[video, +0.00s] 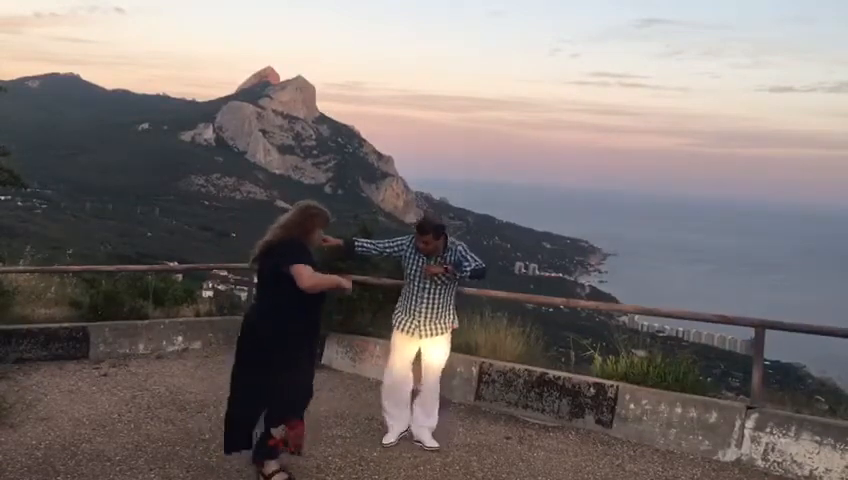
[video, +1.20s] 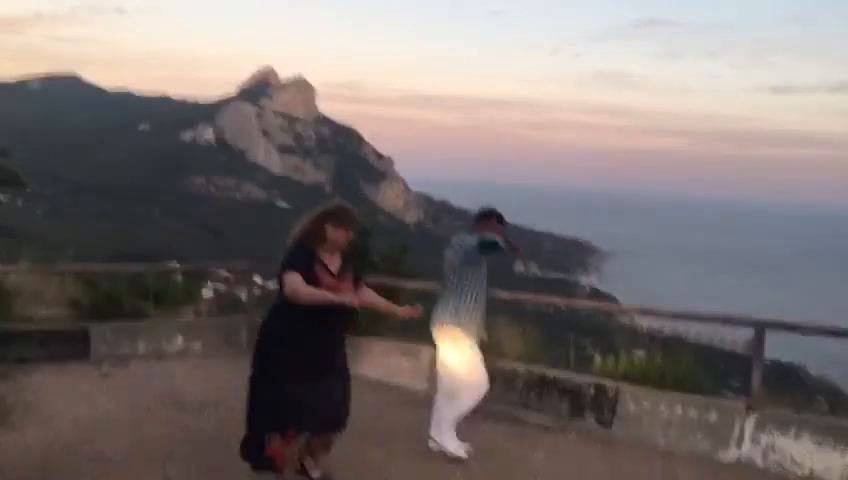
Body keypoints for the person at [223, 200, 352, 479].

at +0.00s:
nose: (322, 236)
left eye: (323, 232)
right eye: (320, 230)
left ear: (295, 222)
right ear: (307, 226)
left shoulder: (280, 247)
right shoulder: (291, 247)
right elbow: (306, 280)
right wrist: (338, 280)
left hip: (276, 333)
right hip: (281, 337)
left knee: (284, 393)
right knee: (285, 395)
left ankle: (269, 451)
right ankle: (266, 458)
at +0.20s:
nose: (329, 240)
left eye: (330, 235)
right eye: (327, 234)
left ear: (301, 226)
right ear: (314, 231)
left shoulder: (283, 252)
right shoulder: (301, 258)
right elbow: (309, 302)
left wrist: (325, 247)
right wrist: (349, 316)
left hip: (269, 343)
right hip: (289, 348)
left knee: (277, 404)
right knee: (305, 401)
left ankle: (274, 464)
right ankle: (285, 463)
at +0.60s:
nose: (341, 241)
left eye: (343, 236)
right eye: (339, 235)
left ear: (321, 230)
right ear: (325, 230)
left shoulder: (298, 254)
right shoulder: (309, 260)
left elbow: (300, 293)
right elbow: (306, 308)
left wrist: (332, 284)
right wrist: (330, 342)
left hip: (284, 340)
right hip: (301, 344)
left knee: (286, 400)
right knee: (313, 408)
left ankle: (277, 457)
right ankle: (286, 464)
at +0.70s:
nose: (344, 239)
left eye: (347, 234)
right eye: (343, 233)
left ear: (323, 228)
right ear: (328, 228)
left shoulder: (306, 254)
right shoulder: (309, 256)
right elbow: (305, 298)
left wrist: (339, 297)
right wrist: (338, 319)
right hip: (301, 343)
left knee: (279, 400)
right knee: (311, 401)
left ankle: (284, 463)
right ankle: (295, 462)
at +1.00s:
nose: (346, 242)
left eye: (348, 237)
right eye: (343, 235)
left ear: (330, 234)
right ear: (326, 230)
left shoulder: (329, 266)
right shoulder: (298, 253)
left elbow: (335, 309)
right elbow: (294, 284)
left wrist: (358, 335)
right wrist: (332, 274)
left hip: (316, 352)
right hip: (283, 350)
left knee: (322, 412)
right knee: (290, 412)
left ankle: (295, 460)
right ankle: (285, 468)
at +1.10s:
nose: (346, 243)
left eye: (347, 237)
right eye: (342, 236)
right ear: (323, 233)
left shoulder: (334, 266)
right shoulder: (297, 257)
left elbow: (348, 305)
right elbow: (290, 286)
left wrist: (376, 329)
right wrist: (337, 282)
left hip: (322, 351)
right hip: (287, 350)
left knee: (331, 413)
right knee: (290, 407)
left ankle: (307, 456)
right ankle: (283, 458)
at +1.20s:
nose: (346, 237)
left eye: (349, 232)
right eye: (341, 230)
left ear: (352, 235)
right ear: (325, 228)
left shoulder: (346, 264)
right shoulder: (301, 254)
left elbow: (361, 293)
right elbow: (293, 290)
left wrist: (397, 310)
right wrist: (339, 297)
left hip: (327, 347)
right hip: (289, 347)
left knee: (332, 411)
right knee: (290, 411)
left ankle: (313, 458)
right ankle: (284, 466)